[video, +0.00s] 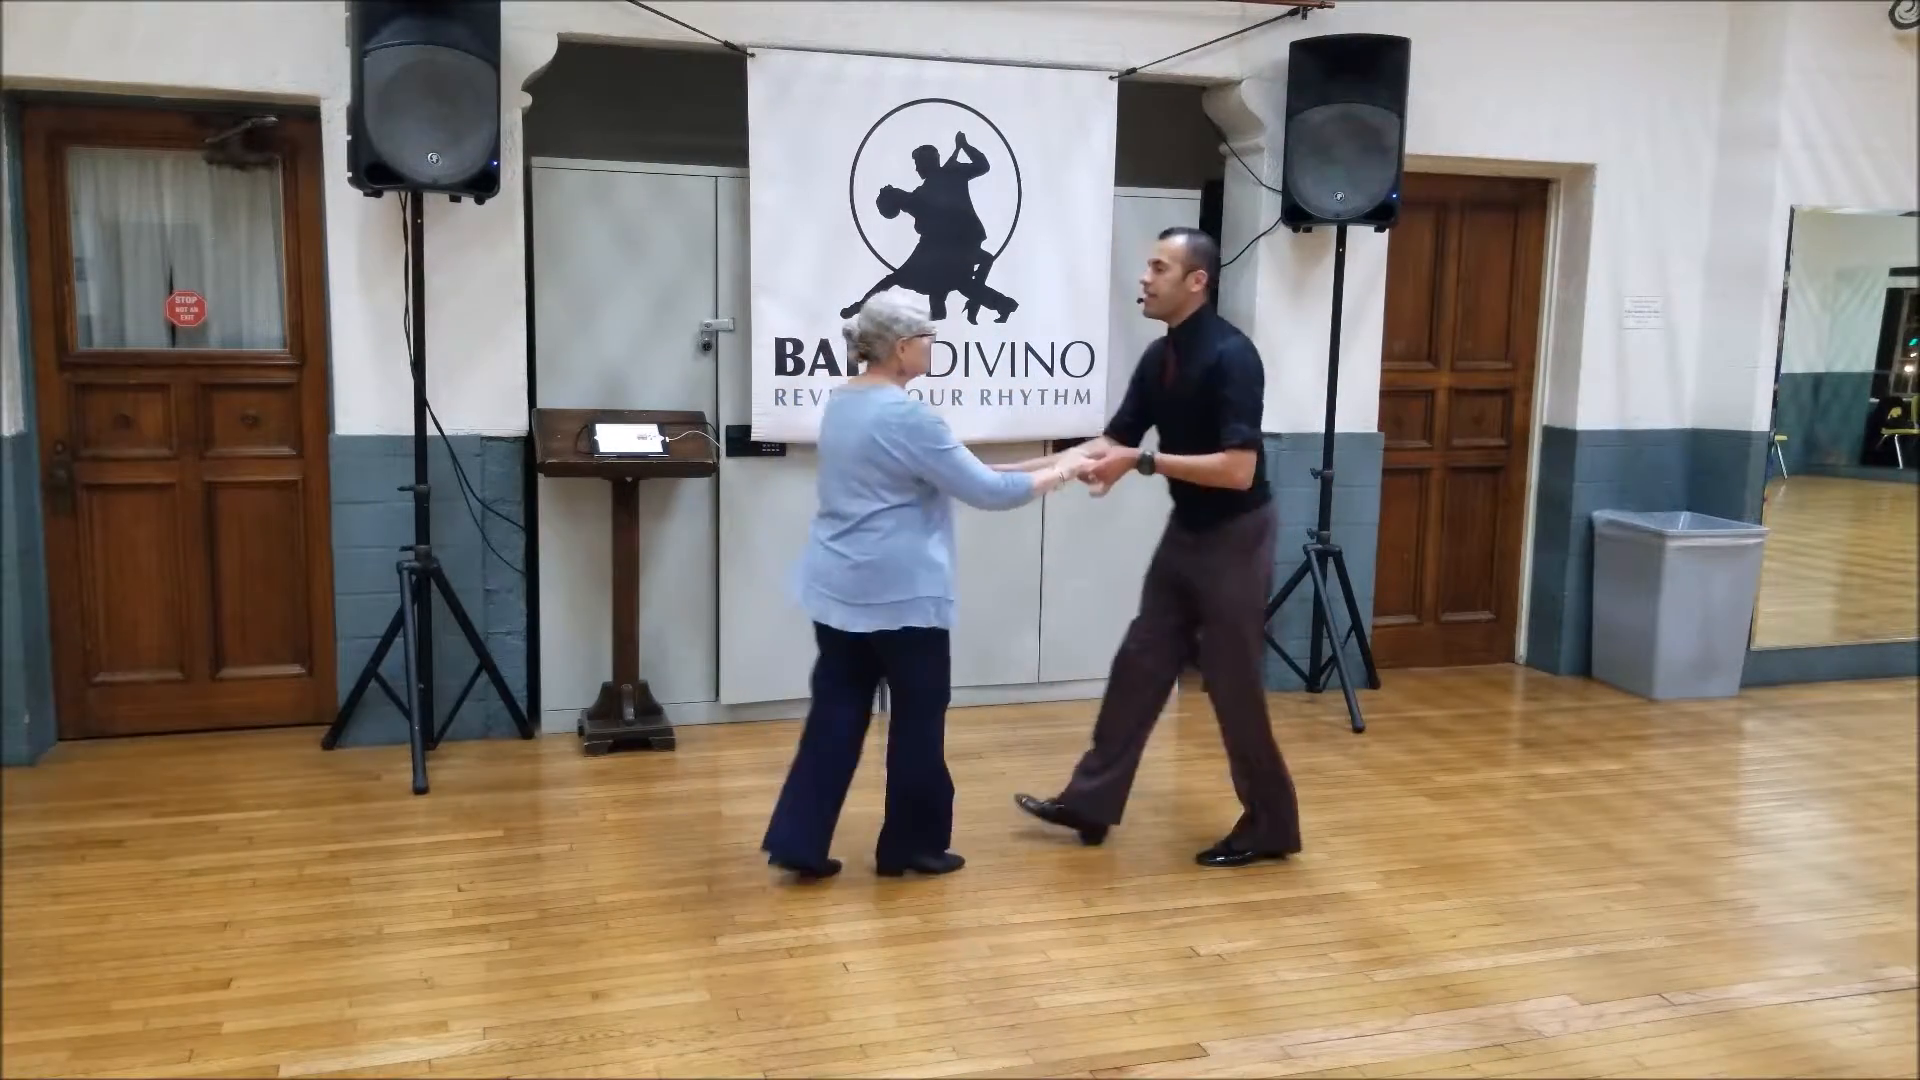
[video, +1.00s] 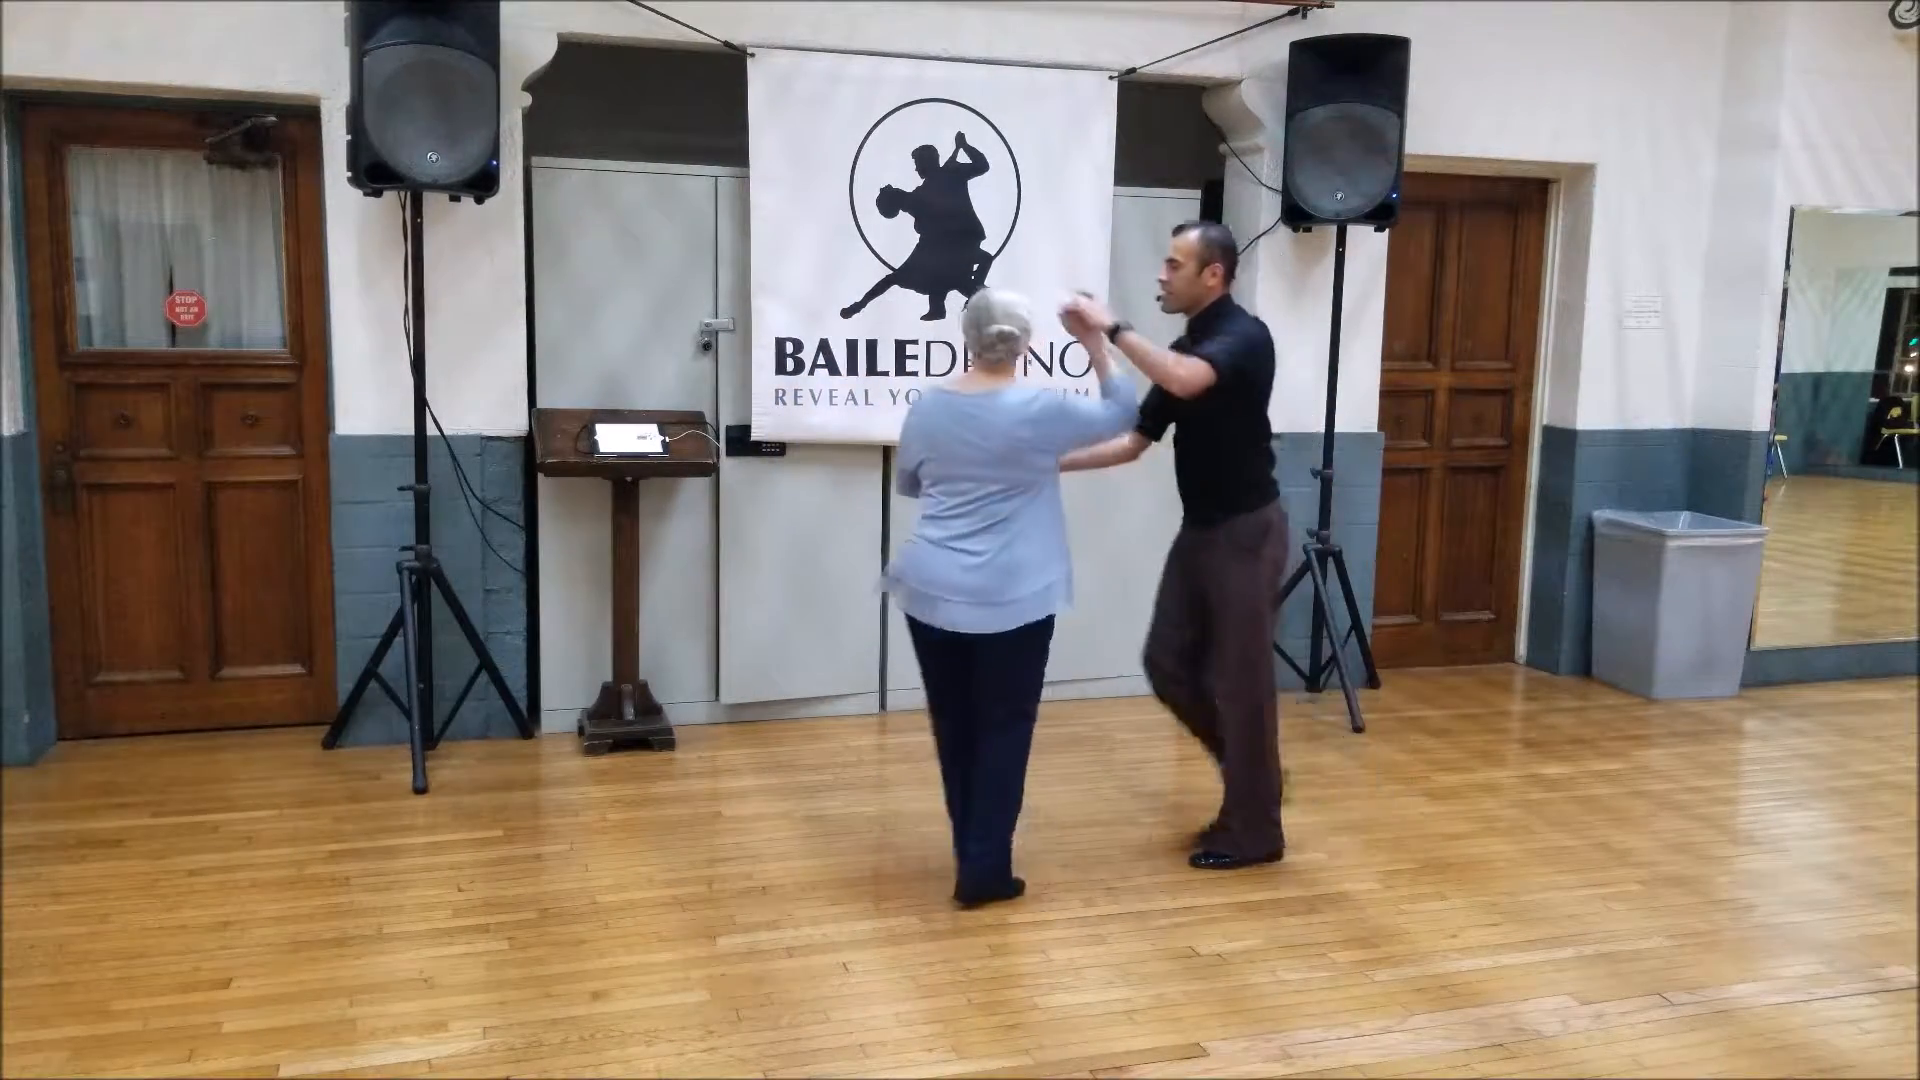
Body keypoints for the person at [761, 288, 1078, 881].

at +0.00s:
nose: (932, 350)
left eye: (930, 340)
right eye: (926, 341)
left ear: (879, 347)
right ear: (900, 349)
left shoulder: (839, 405)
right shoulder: (909, 419)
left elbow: (954, 471)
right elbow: (986, 490)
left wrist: (1043, 466)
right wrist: (1059, 473)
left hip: (838, 590)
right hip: (905, 595)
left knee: (835, 716)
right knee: (919, 723)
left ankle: (797, 844)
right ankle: (910, 846)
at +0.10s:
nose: (956, 352)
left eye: (955, 341)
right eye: (950, 342)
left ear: (909, 347)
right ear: (921, 347)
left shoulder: (873, 406)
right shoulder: (923, 418)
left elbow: (947, 487)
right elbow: (983, 505)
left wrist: (1021, 488)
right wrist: (1051, 503)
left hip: (872, 583)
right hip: (920, 589)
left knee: (903, 699)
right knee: (926, 719)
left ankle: (842, 801)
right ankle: (915, 846)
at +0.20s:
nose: (970, 349)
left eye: (968, 339)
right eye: (962, 340)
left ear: (929, 347)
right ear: (933, 347)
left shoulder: (900, 407)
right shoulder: (923, 415)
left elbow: (973, 481)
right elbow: (974, 510)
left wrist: (1041, 482)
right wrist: (1050, 504)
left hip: (900, 572)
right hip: (922, 578)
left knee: (945, 689)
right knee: (938, 699)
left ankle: (886, 795)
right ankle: (914, 846)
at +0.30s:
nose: (991, 344)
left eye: (989, 334)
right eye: (983, 335)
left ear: (953, 344)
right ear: (953, 343)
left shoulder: (949, 406)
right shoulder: (924, 409)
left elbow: (1000, 464)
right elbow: (968, 510)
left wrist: (1085, 460)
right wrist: (1047, 505)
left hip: (956, 581)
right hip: (920, 582)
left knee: (978, 691)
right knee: (931, 706)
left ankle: (972, 820)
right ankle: (904, 845)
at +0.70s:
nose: (1043, 350)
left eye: (1041, 341)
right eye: (1035, 342)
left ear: (1004, 353)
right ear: (1007, 352)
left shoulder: (1008, 416)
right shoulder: (975, 421)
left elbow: (1054, 489)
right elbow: (1035, 510)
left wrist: (1110, 477)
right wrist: (1100, 481)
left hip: (1020, 588)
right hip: (983, 590)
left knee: (1039, 703)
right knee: (1026, 707)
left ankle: (1019, 832)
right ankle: (944, 820)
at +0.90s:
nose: (1037, 352)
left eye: (1034, 344)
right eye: (1035, 345)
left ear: (974, 346)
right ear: (1025, 351)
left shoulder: (940, 409)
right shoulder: (1026, 418)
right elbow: (1122, 454)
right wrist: (1117, 387)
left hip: (946, 590)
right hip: (1011, 596)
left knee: (986, 721)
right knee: (1019, 724)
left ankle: (1013, 829)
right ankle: (987, 871)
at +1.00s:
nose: (1024, 350)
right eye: (1025, 342)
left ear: (966, 341)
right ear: (1022, 346)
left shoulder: (927, 406)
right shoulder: (1039, 413)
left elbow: (909, 479)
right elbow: (1121, 412)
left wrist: (965, 467)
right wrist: (1096, 344)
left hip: (932, 595)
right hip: (1015, 599)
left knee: (954, 724)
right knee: (1004, 727)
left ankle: (974, 859)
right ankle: (985, 872)